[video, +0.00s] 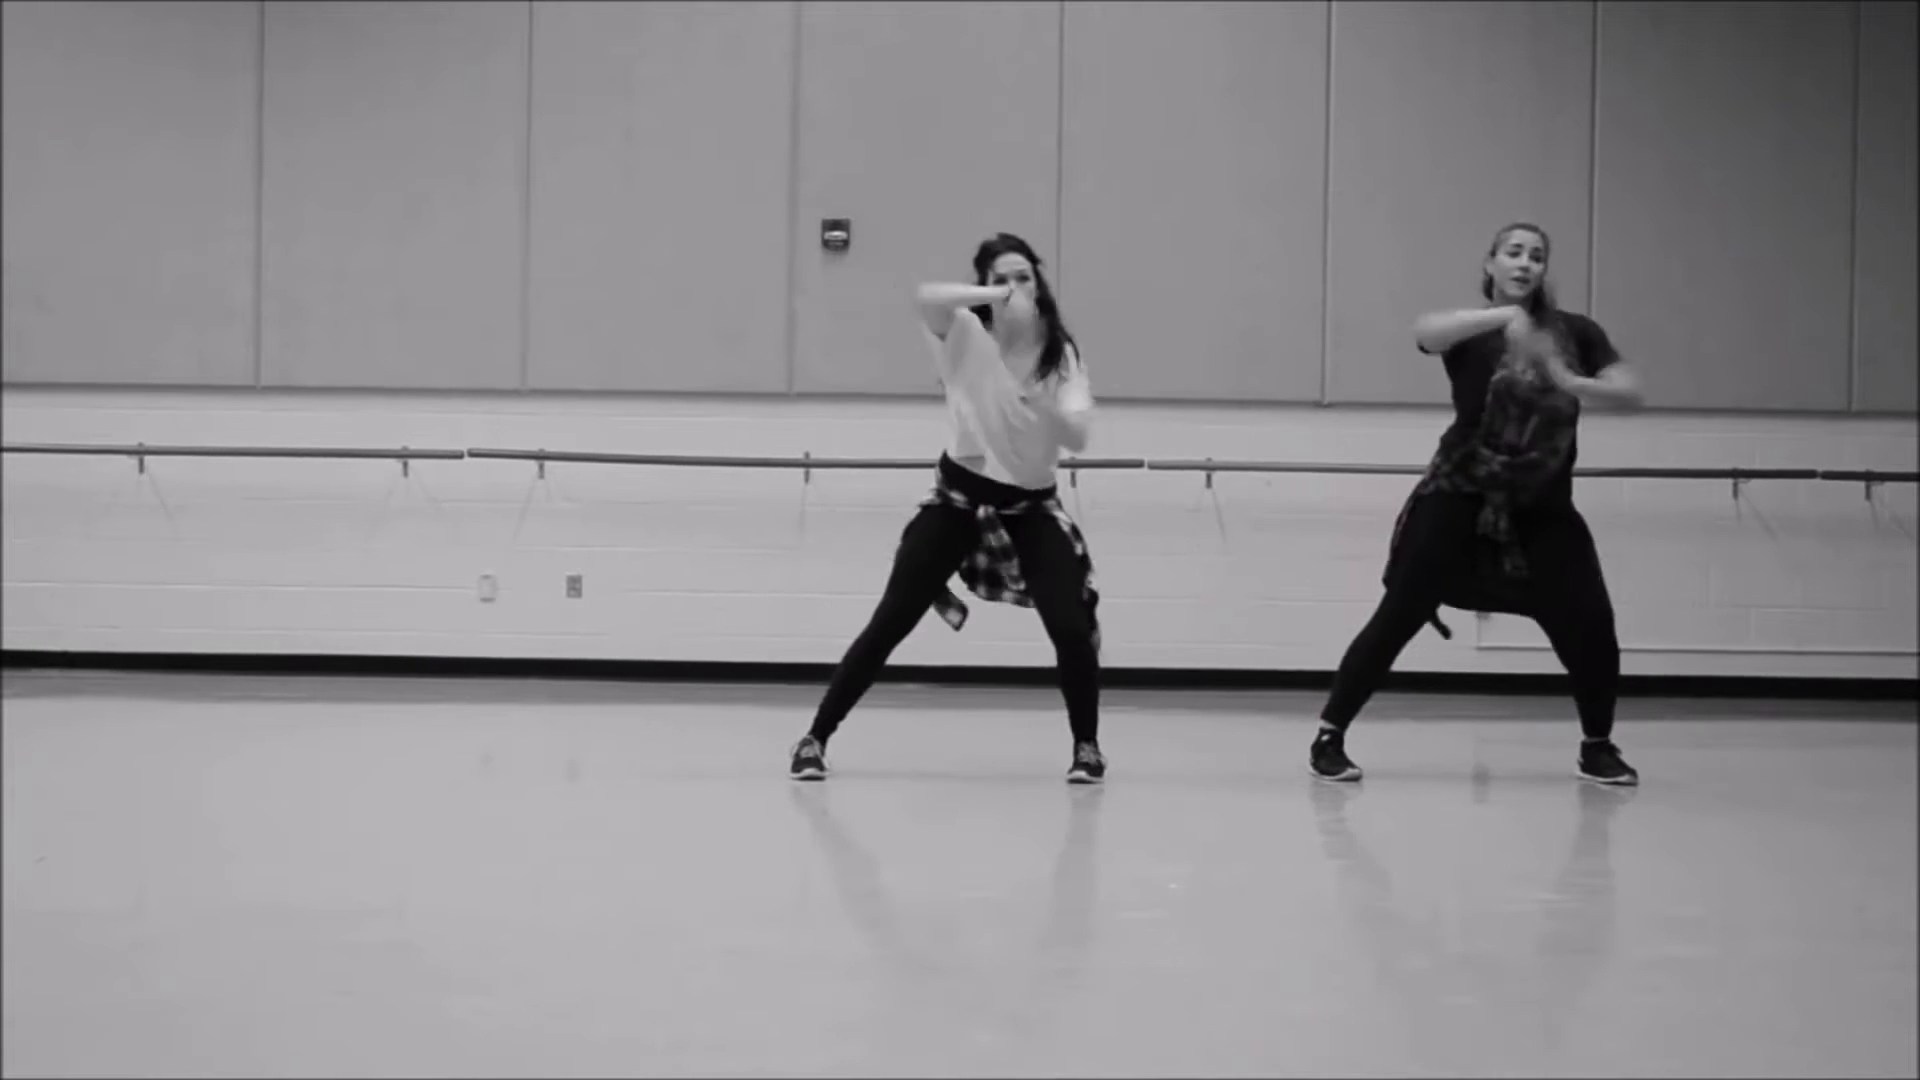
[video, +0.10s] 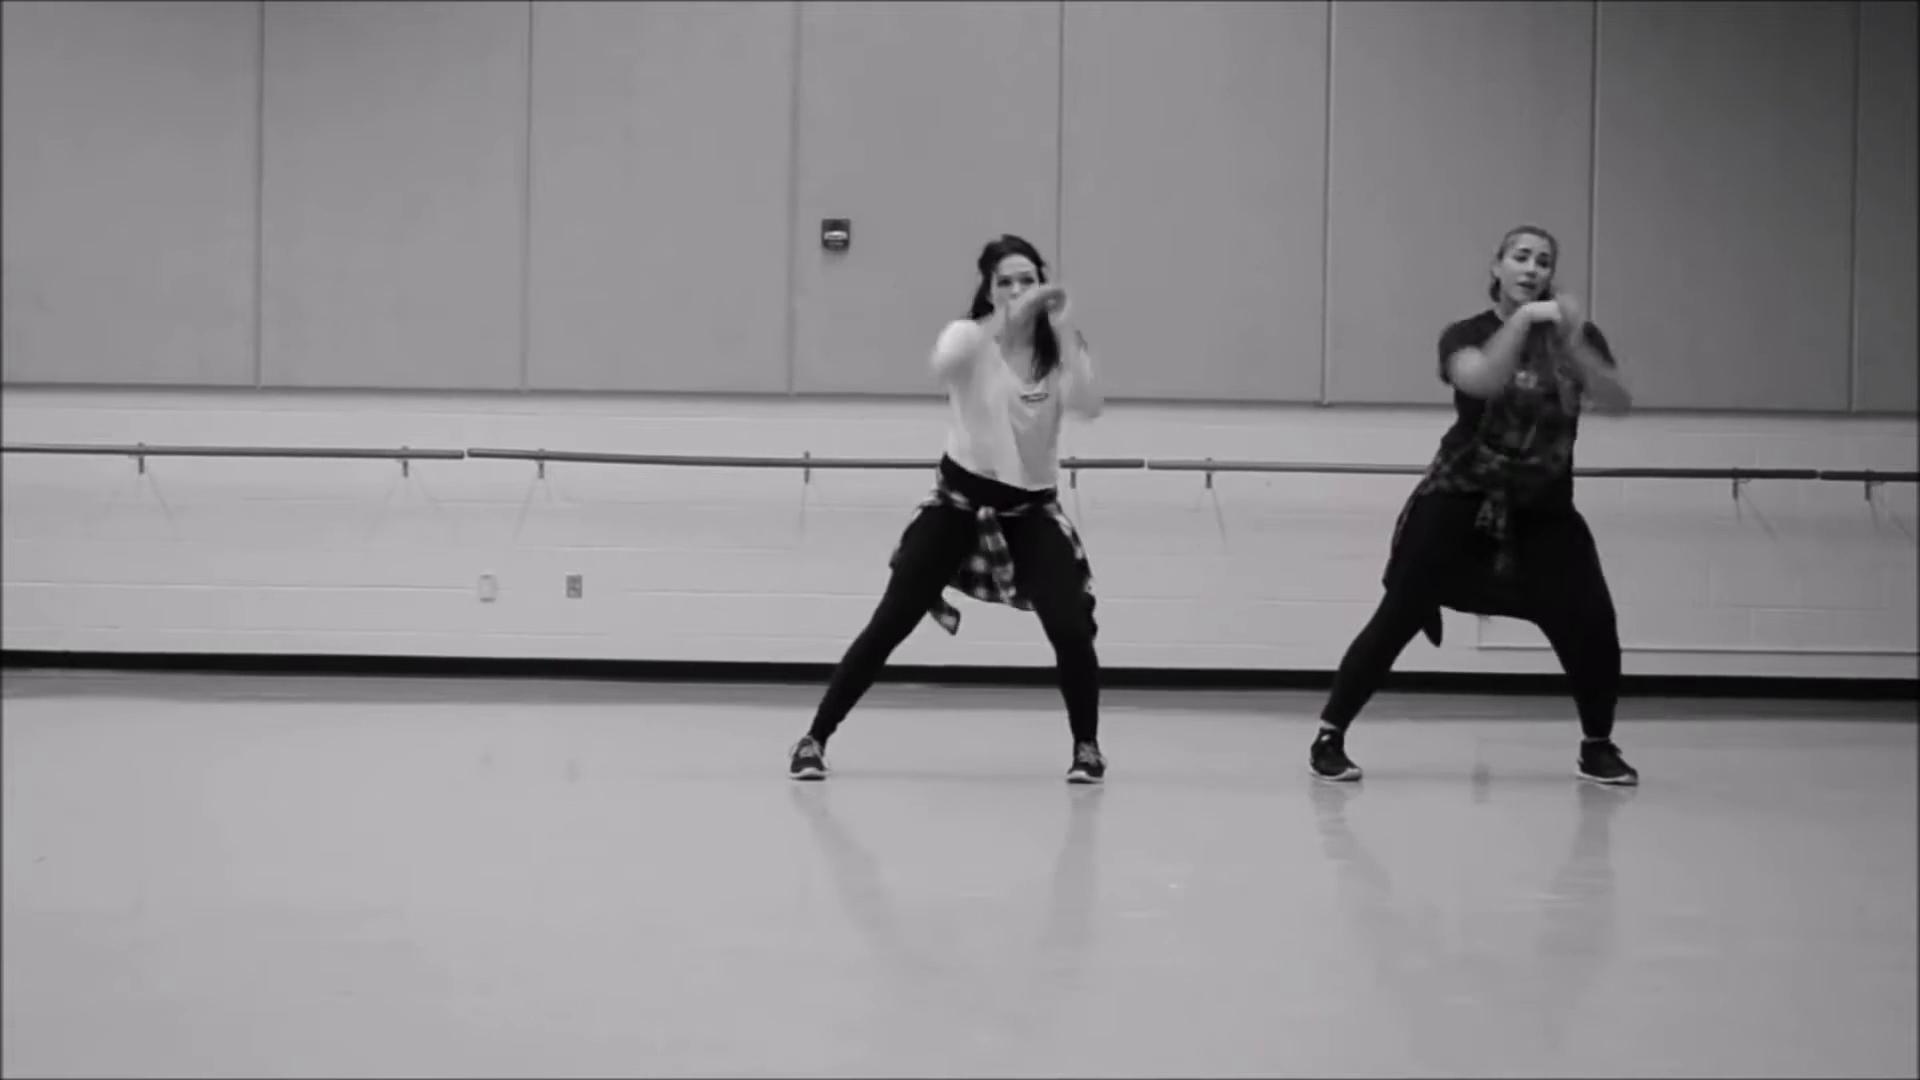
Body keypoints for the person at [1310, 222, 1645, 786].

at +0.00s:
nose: (1525, 262)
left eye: (1536, 256)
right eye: (1513, 253)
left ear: (1546, 271)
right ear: (1489, 265)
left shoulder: (1575, 332)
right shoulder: (1472, 331)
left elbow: (1632, 390)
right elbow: (1426, 333)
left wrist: (1568, 382)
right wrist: (1505, 317)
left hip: (1543, 506)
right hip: (1458, 500)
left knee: (1592, 628)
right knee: (1400, 616)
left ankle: (1598, 747)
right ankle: (1328, 736)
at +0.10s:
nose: (1533, 268)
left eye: (1543, 263)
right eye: (1521, 258)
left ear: (1555, 278)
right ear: (1496, 269)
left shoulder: (1578, 340)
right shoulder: (1466, 336)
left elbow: (1617, 402)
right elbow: (1481, 380)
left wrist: (1573, 344)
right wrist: (1522, 319)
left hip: (1543, 510)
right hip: (1459, 505)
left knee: (1593, 625)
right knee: (1401, 615)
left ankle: (1598, 747)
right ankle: (1329, 736)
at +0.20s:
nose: (1538, 270)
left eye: (1550, 264)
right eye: (1527, 259)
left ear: (1559, 279)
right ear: (1502, 271)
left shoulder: (1578, 339)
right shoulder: (1473, 346)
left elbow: (1656, 343)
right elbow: (1511, 414)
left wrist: (1585, 315)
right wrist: (1548, 347)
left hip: (1542, 509)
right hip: (1459, 501)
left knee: (1590, 621)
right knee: (1399, 614)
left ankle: (1597, 747)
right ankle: (1328, 738)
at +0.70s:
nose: (1593, 287)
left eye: (1595, 278)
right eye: (1585, 275)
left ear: (1578, 280)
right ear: (1548, 273)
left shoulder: (1594, 341)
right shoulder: (1490, 330)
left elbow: (1681, 370)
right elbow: (1468, 364)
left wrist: (1629, 393)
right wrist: (1550, 380)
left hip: (1541, 509)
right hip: (1459, 500)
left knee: (1594, 619)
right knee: (1398, 617)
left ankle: (1596, 747)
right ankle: (1330, 737)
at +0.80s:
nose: (1599, 288)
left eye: (1602, 278)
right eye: (1593, 276)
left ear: (1577, 277)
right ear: (1557, 270)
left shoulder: (1596, 347)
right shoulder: (1495, 321)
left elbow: (1661, 398)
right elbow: (1454, 322)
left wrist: (1623, 417)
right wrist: (1540, 352)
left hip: (1544, 505)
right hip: (1463, 497)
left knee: (1586, 624)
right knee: (1408, 621)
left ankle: (1595, 746)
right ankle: (1336, 738)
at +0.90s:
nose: (1600, 292)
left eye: (1604, 282)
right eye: (1595, 277)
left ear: (1574, 278)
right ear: (1558, 268)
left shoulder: (1586, 353)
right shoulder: (1485, 306)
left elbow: (1636, 432)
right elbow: (1436, 234)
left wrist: (1567, 449)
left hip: (1544, 506)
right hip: (1458, 497)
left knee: (1577, 628)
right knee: (1407, 620)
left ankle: (1594, 748)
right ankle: (1349, 740)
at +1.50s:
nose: (1514, 262)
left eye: (1531, 266)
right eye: (1518, 254)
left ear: (1541, 295)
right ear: (1503, 265)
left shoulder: (1535, 343)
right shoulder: (1474, 323)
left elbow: (1569, 400)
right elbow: (1456, 299)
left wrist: (1505, 433)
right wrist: (1451, 245)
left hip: (1524, 507)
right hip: (1457, 506)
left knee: (1553, 635)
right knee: (1389, 605)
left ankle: (1593, 748)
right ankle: (1331, 735)